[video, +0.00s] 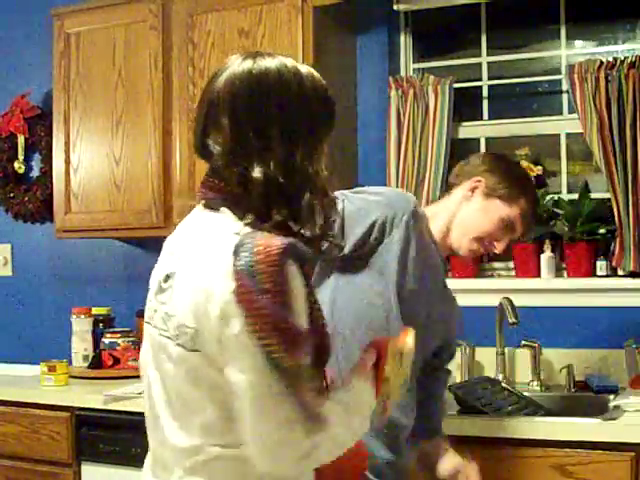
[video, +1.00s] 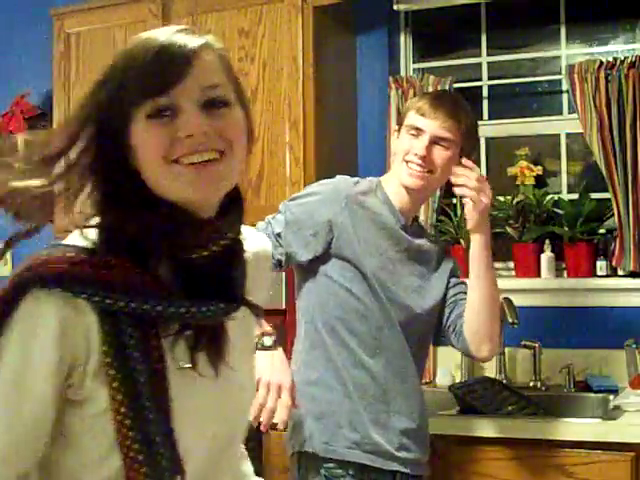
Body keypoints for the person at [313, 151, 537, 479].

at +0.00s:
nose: (501, 247)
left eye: (511, 241)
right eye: (505, 227)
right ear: (473, 189)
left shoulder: (444, 318)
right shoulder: (391, 210)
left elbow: (426, 435)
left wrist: (446, 461)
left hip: (379, 470)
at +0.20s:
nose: (470, 222)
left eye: (479, 215)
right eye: (469, 201)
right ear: (432, 173)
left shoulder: (411, 277)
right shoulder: (376, 203)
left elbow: (407, 423)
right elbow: (259, 250)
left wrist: (476, 372)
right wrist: (339, 341)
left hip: (385, 466)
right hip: (335, 459)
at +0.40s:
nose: (454, 193)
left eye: (466, 188)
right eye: (448, 172)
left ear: (466, 199)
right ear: (408, 158)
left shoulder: (404, 267)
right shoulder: (367, 200)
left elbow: (428, 412)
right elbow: (253, 261)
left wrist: (490, 336)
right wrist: (352, 325)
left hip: (398, 466)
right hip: (346, 462)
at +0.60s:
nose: (431, 159)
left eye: (447, 154)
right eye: (422, 142)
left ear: (455, 178)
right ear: (395, 146)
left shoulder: (423, 271)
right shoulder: (355, 196)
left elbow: (462, 380)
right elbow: (233, 257)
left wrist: (517, 315)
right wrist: (321, 320)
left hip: (403, 459)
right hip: (342, 453)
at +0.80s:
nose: (428, 150)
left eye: (446, 143)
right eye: (420, 132)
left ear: (460, 167)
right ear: (396, 139)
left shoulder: (433, 267)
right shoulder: (346, 199)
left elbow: (478, 361)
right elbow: (226, 260)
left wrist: (505, 275)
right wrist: (279, 330)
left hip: (407, 461)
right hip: (341, 455)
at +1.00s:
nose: (422, 151)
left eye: (441, 143)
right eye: (413, 133)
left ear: (459, 161)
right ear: (395, 138)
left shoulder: (437, 263)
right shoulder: (339, 200)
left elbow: (483, 345)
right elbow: (245, 256)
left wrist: (480, 231)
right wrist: (265, 344)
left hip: (405, 458)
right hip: (332, 450)